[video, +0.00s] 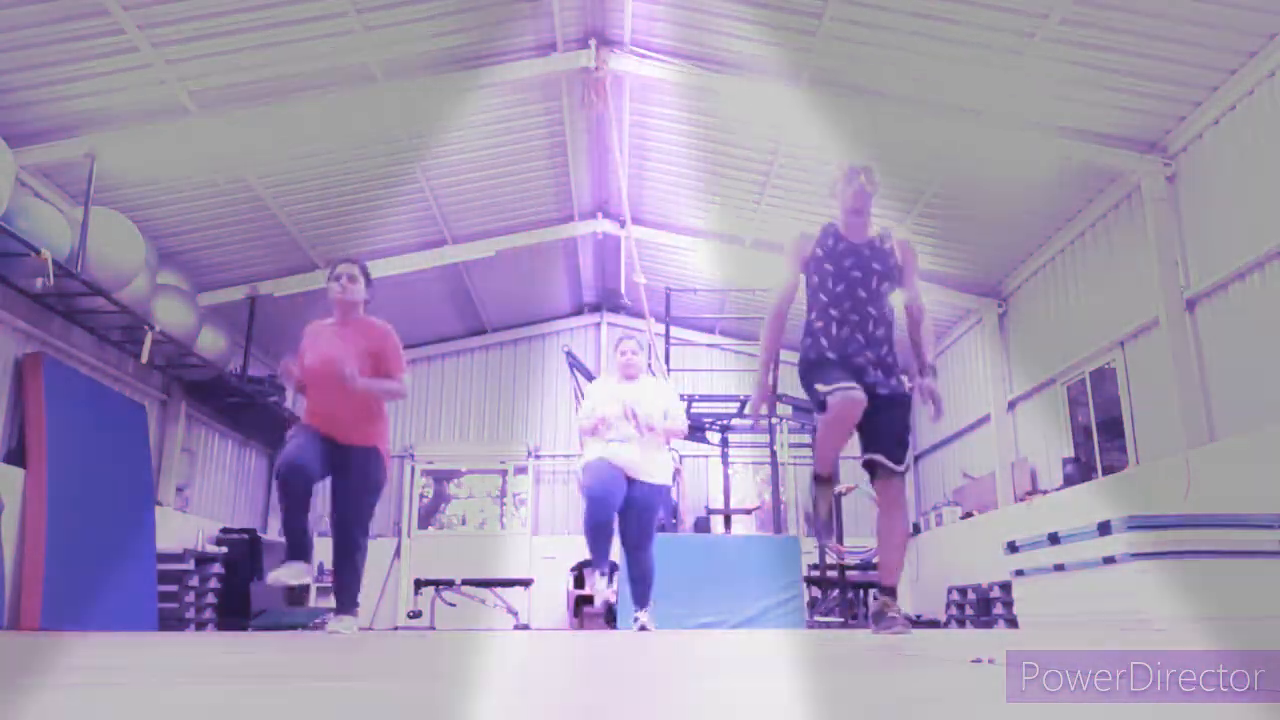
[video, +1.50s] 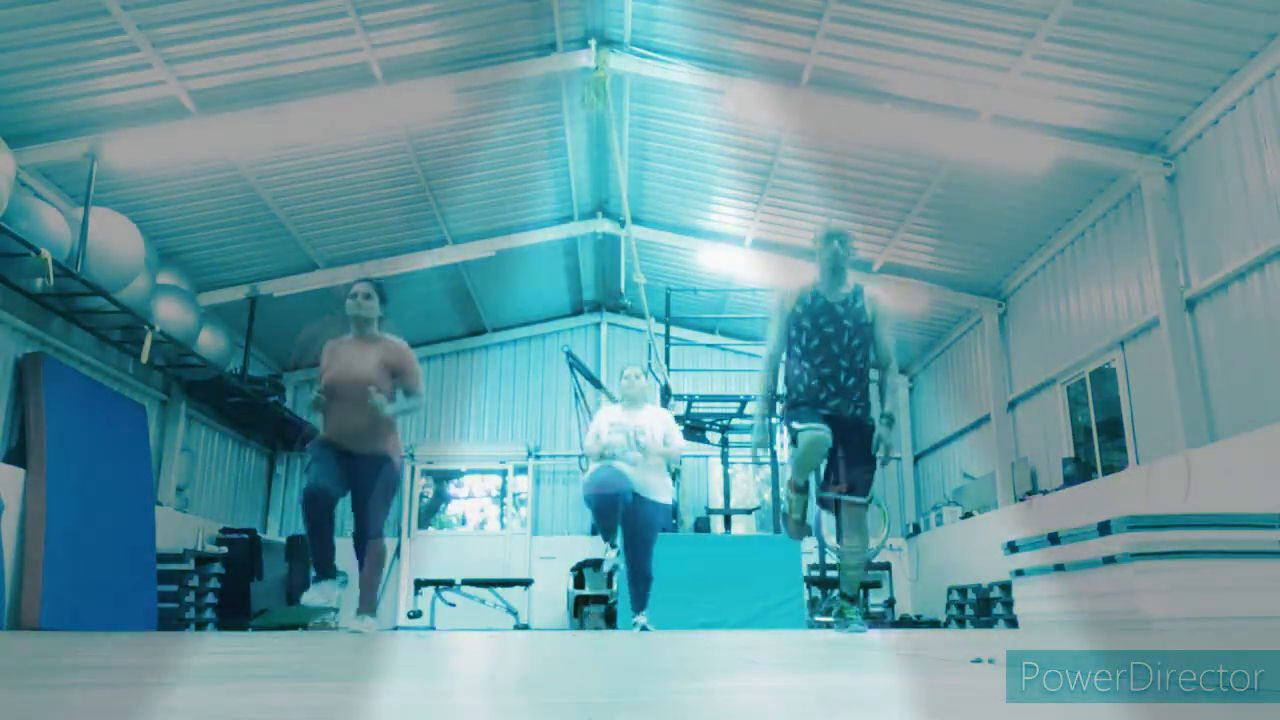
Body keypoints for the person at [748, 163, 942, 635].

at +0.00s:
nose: (862, 188)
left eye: (867, 181)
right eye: (852, 181)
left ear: (876, 193)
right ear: (836, 193)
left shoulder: (895, 246)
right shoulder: (811, 243)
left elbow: (914, 311)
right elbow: (779, 311)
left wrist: (925, 371)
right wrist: (764, 381)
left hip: (883, 368)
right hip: (826, 357)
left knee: (890, 483)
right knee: (848, 400)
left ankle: (887, 601)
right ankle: (823, 483)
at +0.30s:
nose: (841, 208)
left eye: (847, 202)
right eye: (833, 201)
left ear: (856, 212)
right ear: (817, 211)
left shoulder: (878, 263)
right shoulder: (799, 261)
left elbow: (904, 321)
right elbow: (776, 327)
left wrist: (919, 373)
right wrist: (770, 389)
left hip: (876, 377)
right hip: (821, 369)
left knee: (884, 496)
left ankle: (884, 599)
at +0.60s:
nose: (832, 203)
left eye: (838, 196)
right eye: (823, 196)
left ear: (846, 205)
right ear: (807, 205)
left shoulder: (867, 253)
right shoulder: (790, 254)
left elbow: (885, 316)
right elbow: (773, 323)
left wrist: (908, 374)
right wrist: (776, 386)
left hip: (873, 373)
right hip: (820, 377)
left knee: (898, 444)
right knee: (830, 491)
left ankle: (872, 499)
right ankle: (835, 599)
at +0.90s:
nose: (835, 196)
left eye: (842, 191)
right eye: (827, 191)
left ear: (851, 203)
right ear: (813, 204)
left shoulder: (873, 253)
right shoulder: (791, 251)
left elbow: (893, 309)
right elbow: (767, 313)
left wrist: (906, 361)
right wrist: (782, 359)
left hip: (864, 373)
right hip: (809, 375)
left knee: (877, 445)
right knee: (815, 488)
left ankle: (873, 552)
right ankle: (826, 591)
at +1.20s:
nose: (837, 230)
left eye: (843, 222)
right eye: (830, 222)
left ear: (852, 230)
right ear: (818, 230)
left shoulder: (871, 279)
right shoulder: (797, 279)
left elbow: (901, 330)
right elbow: (775, 333)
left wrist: (906, 377)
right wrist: (778, 371)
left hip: (861, 399)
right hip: (810, 399)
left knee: (869, 498)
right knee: (807, 502)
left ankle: (869, 599)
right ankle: (804, 598)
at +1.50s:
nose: (836, 249)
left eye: (842, 243)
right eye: (829, 243)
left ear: (851, 253)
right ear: (817, 251)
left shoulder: (869, 302)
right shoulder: (792, 300)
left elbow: (887, 364)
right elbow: (772, 358)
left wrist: (889, 417)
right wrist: (762, 414)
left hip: (854, 411)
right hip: (805, 404)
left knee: (854, 510)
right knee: (816, 439)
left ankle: (850, 605)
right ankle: (797, 492)